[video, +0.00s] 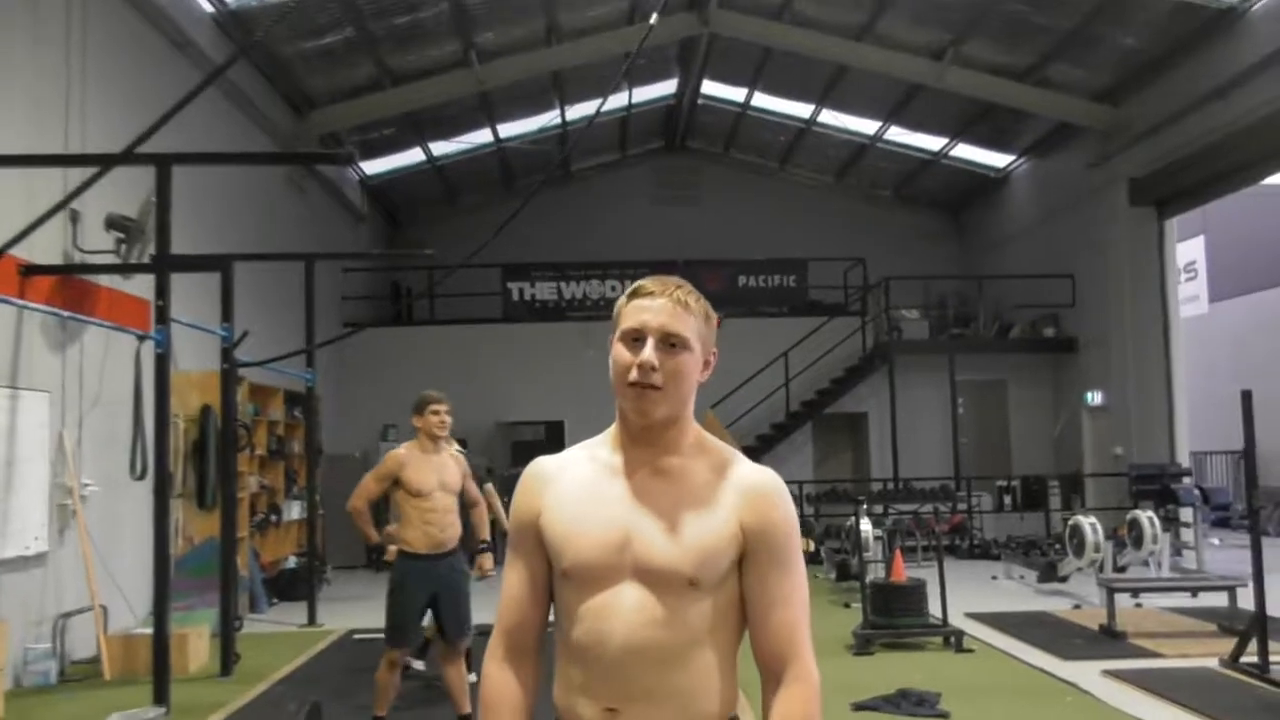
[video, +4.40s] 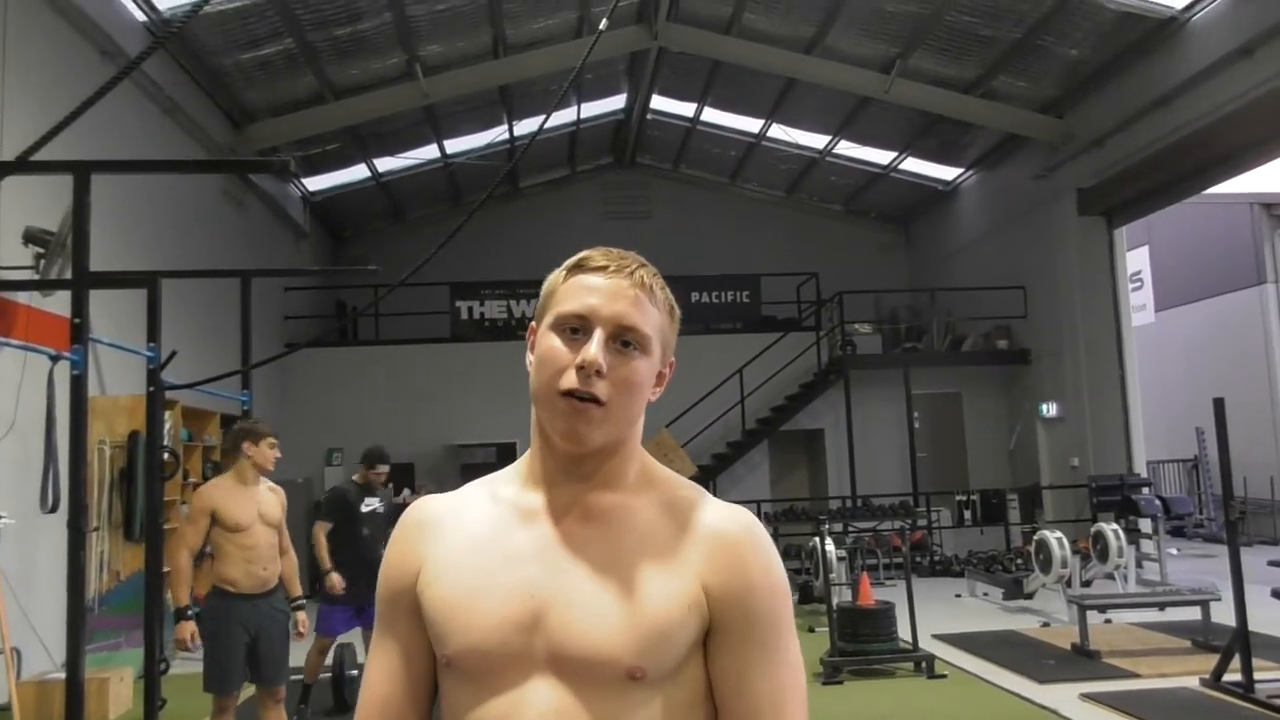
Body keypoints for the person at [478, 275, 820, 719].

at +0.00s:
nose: (646, 359)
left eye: (671, 344)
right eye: (633, 340)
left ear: (706, 365)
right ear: (611, 351)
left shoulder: (754, 494)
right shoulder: (546, 483)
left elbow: (790, 676)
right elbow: (510, 659)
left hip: (708, 710)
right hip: (580, 709)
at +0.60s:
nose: (612, 290)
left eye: (638, 276)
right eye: (594, 270)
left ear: (672, 304)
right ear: (566, 289)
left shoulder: (725, 447)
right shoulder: (491, 438)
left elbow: (771, 650)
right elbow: (448, 632)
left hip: (678, 712)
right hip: (530, 713)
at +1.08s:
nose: (545, 289)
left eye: (571, 268)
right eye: (523, 269)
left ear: (611, 289)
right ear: (495, 292)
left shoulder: (687, 448)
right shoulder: (429, 450)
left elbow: (730, 663)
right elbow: (386, 664)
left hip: (627, 708)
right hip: (474, 708)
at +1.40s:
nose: (466, 285)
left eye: (493, 261)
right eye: (443, 266)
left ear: (540, 283)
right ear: (421, 293)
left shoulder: (629, 445)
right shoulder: (368, 461)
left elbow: (698, 677)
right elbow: (323, 685)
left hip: (578, 708)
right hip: (421, 711)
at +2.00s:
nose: (535, 299)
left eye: (568, 279)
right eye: (516, 273)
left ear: (612, 310)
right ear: (484, 293)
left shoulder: (684, 473)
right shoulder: (406, 470)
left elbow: (735, 704)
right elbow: (360, 697)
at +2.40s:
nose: (612, 302)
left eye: (646, 287)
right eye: (592, 274)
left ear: (682, 323)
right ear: (553, 294)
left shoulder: (750, 494)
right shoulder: (455, 475)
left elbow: (808, 711)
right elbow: (397, 703)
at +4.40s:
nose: (591, 360)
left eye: (625, 342)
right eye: (571, 330)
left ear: (659, 379)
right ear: (533, 348)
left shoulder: (727, 547)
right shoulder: (428, 532)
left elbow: (775, 714)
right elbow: (379, 715)